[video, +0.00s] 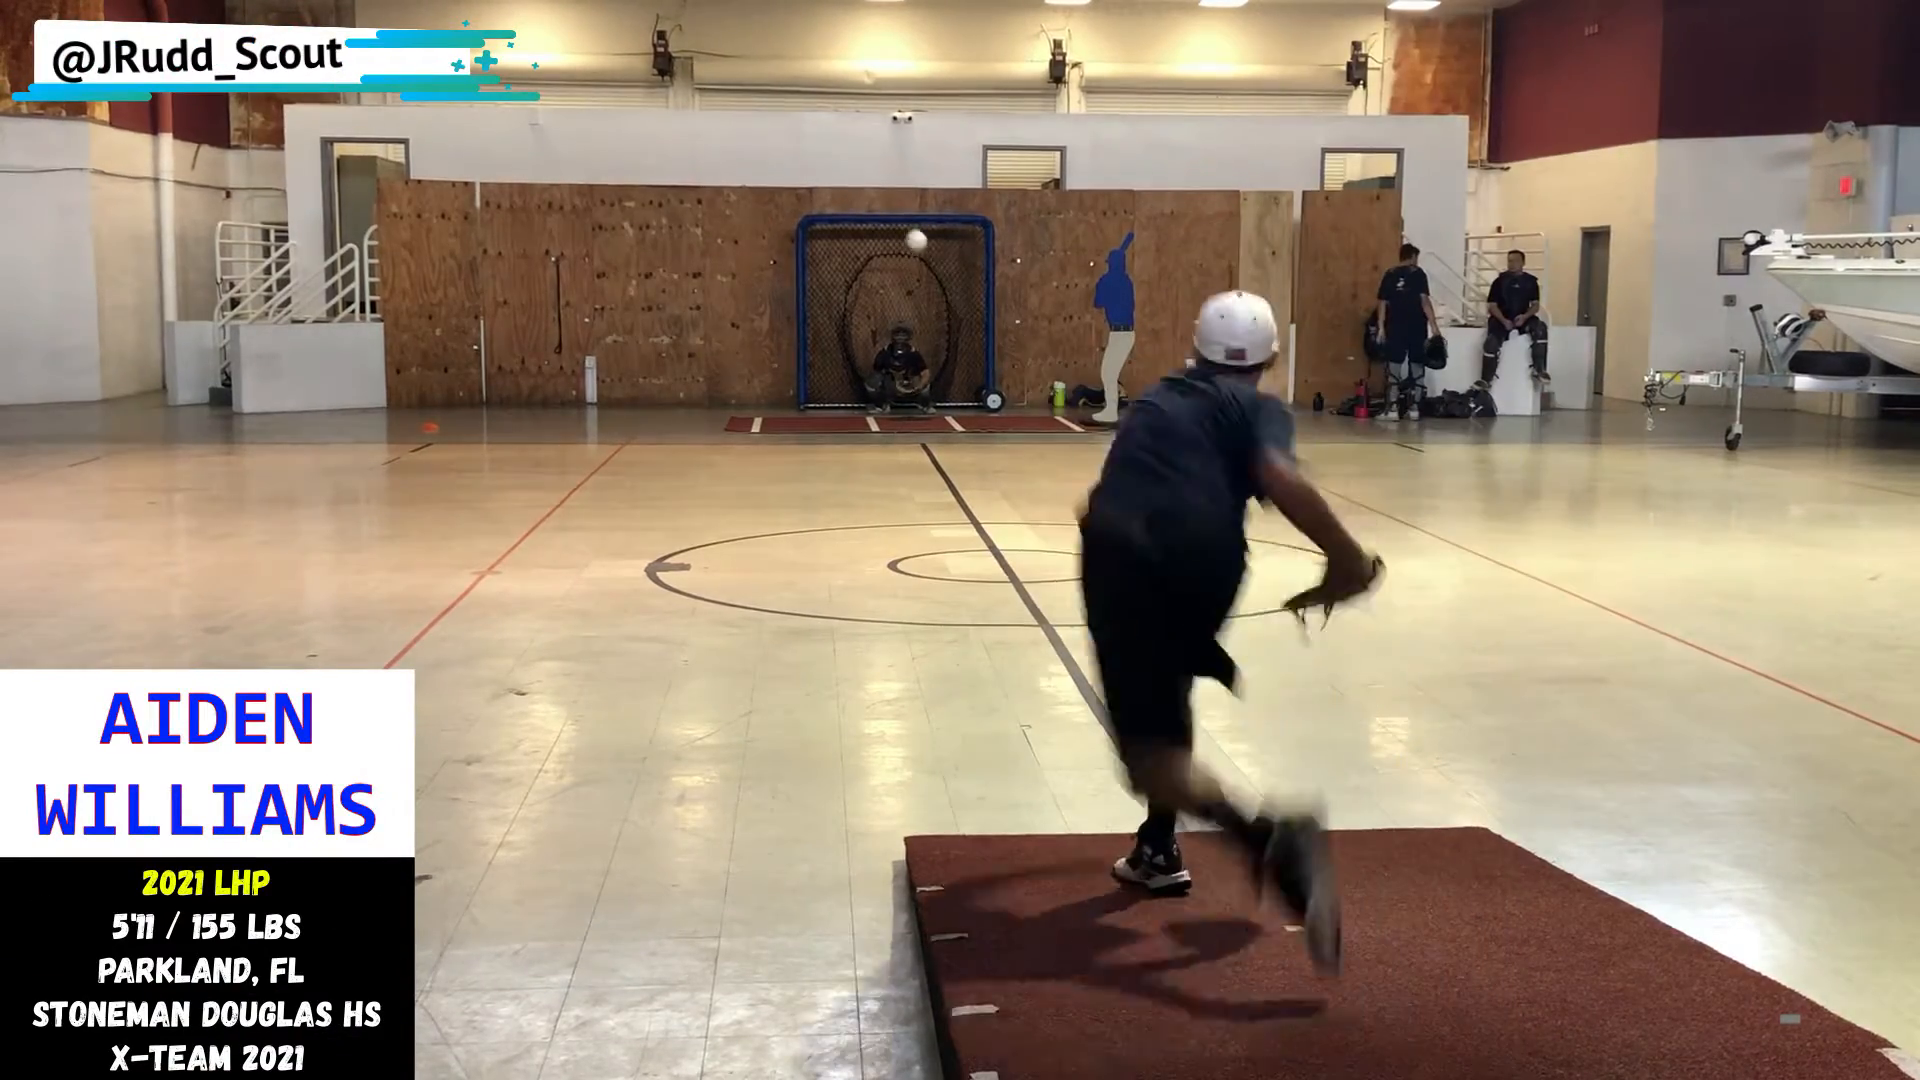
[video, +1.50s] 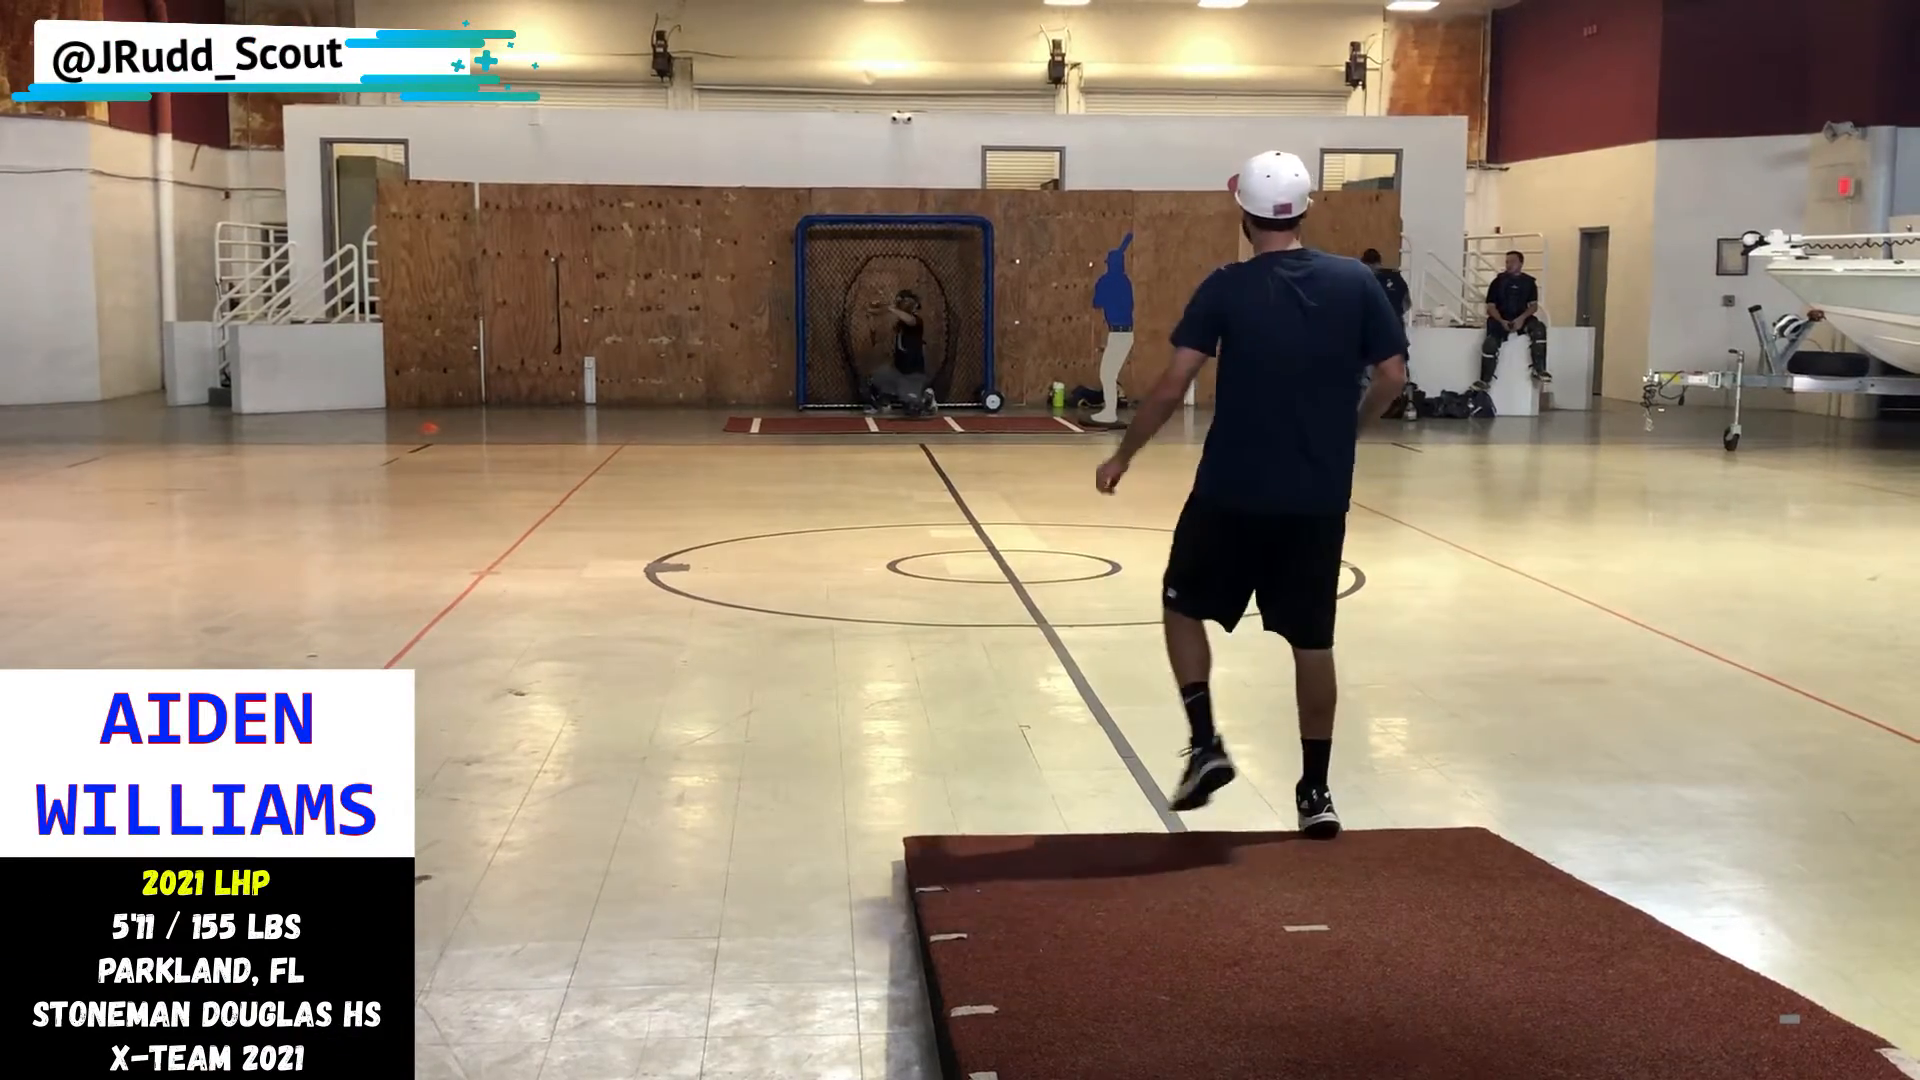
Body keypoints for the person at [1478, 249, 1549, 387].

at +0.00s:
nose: (1511, 264)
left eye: (1515, 261)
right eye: (1509, 261)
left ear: (1522, 262)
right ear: (1507, 262)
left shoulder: (1531, 281)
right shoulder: (1499, 281)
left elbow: (1535, 305)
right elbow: (1492, 305)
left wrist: (1525, 316)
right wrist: (1504, 321)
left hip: (1523, 317)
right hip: (1502, 318)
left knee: (1540, 329)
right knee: (1491, 341)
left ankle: (1540, 369)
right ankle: (1486, 379)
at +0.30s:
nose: (1509, 264)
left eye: (1513, 261)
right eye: (1508, 261)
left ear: (1522, 263)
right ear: (1506, 262)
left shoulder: (1530, 281)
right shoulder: (1499, 281)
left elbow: (1535, 305)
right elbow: (1492, 305)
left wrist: (1523, 318)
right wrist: (1503, 321)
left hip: (1523, 317)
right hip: (1502, 318)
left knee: (1540, 329)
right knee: (1491, 342)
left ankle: (1540, 370)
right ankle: (1486, 380)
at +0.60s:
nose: (1507, 264)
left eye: (1510, 261)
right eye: (1506, 261)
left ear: (1520, 263)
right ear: (1505, 262)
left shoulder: (1530, 281)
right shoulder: (1498, 281)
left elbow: (1534, 305)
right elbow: (1492, 305)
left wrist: (1523, 318)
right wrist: (1503, 321)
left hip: (1523, 316)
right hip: (1501, 317)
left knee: (1540, 329)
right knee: (1491, 341)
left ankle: (1540, 370)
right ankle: (1486, 379)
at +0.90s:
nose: (1508, 264)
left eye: (1511, 261)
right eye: (1507, 261)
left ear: (1521, 263)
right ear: (1505, 263)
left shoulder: (1530, 280)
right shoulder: (1499, 281)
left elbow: (1534, 305)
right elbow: (1491, 305)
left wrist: (1522, 318)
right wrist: (1503, 320)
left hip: (1523, 316)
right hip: (1501, 317)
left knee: (1540, 329)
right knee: (1491, 341)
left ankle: (1540, 369)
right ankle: (1486, 380)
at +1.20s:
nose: (1510, 264)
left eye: (1513, 261)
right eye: (1508, 261)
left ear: (1521, 263)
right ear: (1506, 263)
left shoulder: (1530, 280)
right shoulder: (1499, 280)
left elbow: (1534, 305)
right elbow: (1492, 305)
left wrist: (1522, 318)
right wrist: (1503, 320)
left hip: (1523, 316)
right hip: (1502, 317)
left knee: (1540, 329)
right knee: (1492, 342)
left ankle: (1540, 368)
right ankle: (1486, 380)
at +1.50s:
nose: (1509, 265)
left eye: (1512, 262)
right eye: (1507, 262)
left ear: (1520, 263)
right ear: (1505, 263)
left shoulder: (1529, 281)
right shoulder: (1498, 281)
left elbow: (1533, 305)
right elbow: (1490, 306)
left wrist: (1521, 319)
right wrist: (1501, 321)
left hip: (1522, 317)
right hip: (1500, 318)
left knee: (1539, 330)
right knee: (1490, 342)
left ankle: (1539, 369)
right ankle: (1485, 380)